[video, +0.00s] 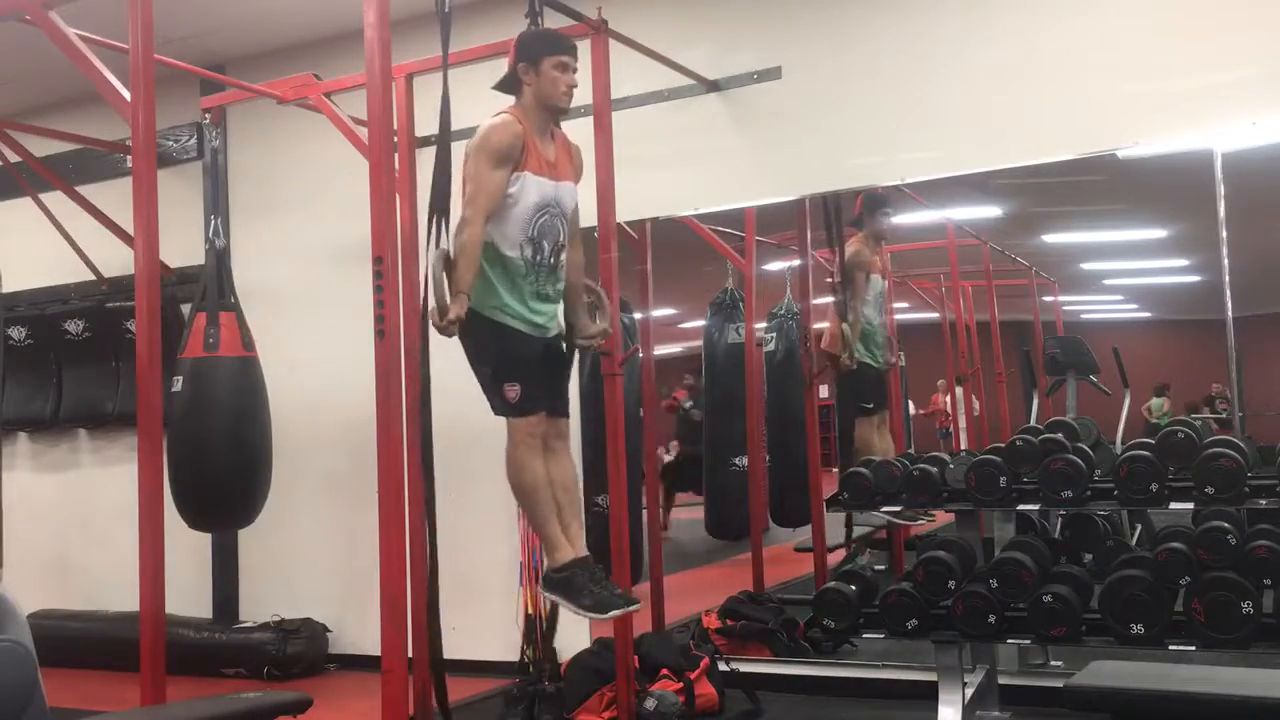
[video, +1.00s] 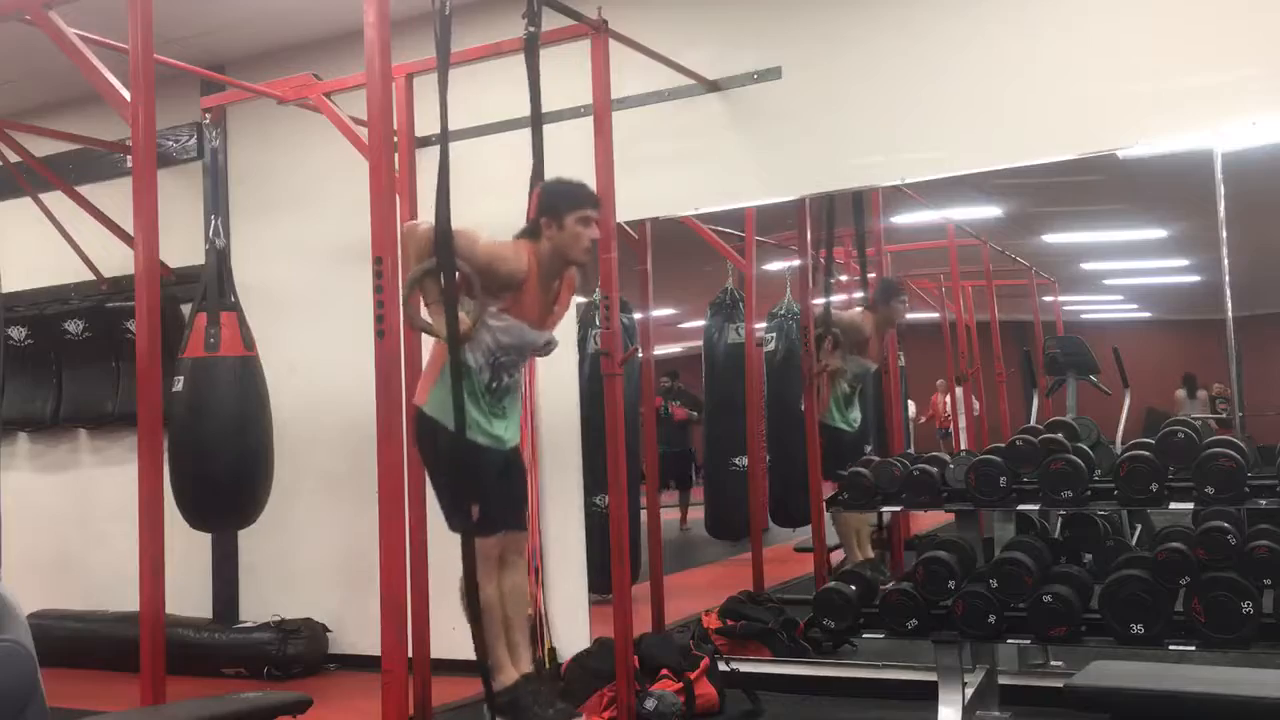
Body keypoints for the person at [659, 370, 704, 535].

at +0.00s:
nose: (685, 383)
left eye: (689, 380)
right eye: (684, 380)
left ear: (698, 383)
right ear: (682, 384)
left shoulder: (704, 399)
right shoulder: (681, 399)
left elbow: (701, 418)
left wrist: (687, 404)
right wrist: (673, 445)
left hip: (702, 450)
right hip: (682, 450)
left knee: (709, 486)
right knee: (669, 481)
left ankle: (716, 522)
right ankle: (665, 520)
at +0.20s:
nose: (676, 391)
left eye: (679, 387)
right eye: (672, 388)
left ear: (688, 387)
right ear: (667, 389)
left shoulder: (695, 402)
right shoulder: (666, 405)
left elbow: (703, 423)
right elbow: (659, 422)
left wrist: (684, 408)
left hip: (693, 450)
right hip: (670, 451)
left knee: (706, 488)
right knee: (663, 491)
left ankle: (715, 527)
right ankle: (661, 529)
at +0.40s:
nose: (668, 382)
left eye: (672, 379)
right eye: (666, 378)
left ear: (680, 381)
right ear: (663, 380)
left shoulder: (688, 395)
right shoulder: (660, 397)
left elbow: (701, 398)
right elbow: (651, 414)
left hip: (688, 447)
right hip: (665, 448)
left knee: (694, 484)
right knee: (661, 489)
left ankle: (693, 515)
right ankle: (660, 523)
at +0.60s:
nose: (664, 384)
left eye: (668, 381)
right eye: (663, 381)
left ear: (676, 382)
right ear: (661, 383)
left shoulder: (686, 399)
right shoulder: (659, 401)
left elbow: (701, 400)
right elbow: (655, 409)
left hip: (684, 452)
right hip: (664, 452)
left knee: (687, 489)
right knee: (660, 490)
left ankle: (686, 519)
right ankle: (658, 522)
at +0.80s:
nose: (664, 387)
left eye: (668, 384)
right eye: (663, 384)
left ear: (678, 384)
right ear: (662, 385)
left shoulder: (688, 399)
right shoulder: (659, 400)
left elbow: (703, 413)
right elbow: (646, 421)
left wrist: (687, 408)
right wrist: (654, 409)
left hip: (684, 452)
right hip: (662, 452)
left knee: (684, 489)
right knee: (656, 491)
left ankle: (683, 520)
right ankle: (653, 523)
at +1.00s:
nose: (662, 386)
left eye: (665, 383)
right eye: (661, 383)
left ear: (675, 383)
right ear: (659, 384)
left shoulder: (685, 397)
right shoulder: (657, 399)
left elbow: (701, 413)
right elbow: (645, 416)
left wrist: (688, 414)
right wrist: (654, 410)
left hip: (682, 449)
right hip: (661, 449)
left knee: (684, 487)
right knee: (655, 488)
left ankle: (683, 520)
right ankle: (653, 523)